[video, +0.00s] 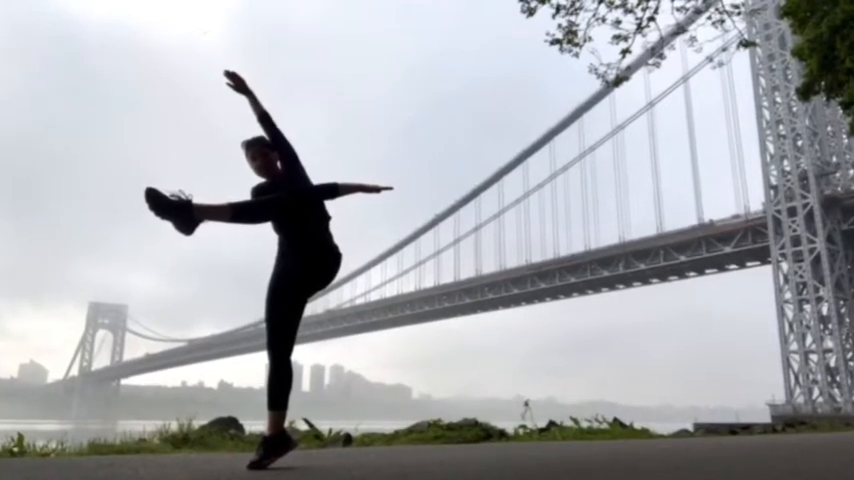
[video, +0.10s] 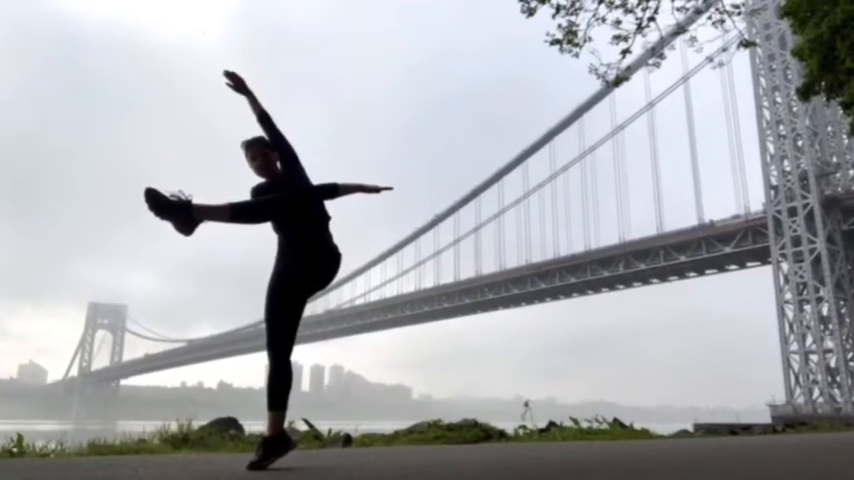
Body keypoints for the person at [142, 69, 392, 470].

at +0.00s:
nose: (256, 164)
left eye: (260, 156)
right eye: (251, 160)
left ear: (275, 154)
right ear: (251, 165)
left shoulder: (295, 174)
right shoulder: (263, 195)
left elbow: (274, 131)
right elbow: (317, 192)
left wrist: (249, 93)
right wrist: (360, 188)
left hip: (321, 258)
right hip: (290, 268)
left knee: (277, 205)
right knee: (279, 351)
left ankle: (195, 213)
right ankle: (276, 434)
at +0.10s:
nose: (255, 163)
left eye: (259, 156)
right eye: (250, 160)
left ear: (275, 154)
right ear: (251, 165)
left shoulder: (294, 173)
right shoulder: (262, 194)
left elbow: (274, 131)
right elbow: (316, 192)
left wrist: (249, 93)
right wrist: (359, 188)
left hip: (321, 259)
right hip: (289, 268)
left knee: (278, 205)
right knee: (279, 351)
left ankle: (194, 213)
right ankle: (275, 434)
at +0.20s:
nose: (255, 164)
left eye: (259, 156)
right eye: (251, 160)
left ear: (274, 154)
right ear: (251, 165)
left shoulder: (294, 174)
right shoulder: (262, 195)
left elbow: (274, 132)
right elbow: (318, 192)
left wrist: (248, 93)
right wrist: (361, 189)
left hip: (320, 259)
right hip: (289, 268)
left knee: (276, 206)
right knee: (279, 352)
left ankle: (194, 213)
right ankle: (275, 435)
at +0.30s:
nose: (255, 163)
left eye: (259, 156)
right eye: (250, 160)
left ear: (274, 154)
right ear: (250, 165)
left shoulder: (294, 175)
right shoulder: (261, 195)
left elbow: (273, 132)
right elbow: (316, 193)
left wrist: (248, 93)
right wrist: (360, 189)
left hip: (320, 259)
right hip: (289, 269)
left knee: (277, 206)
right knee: (278, 352)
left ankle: (194, 213)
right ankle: (275, 435)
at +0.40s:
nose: (256, 163)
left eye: (260, 155)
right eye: (251, 160)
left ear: (274, 154)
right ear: (250, 166)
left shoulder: (294, 175)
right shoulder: (261, 196)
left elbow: (273, 132)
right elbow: (316, 193)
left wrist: (248, 93)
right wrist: (360, 189)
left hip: (320, 260)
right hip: (289, 269)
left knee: (278, 206)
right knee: (278, 352)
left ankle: (193, 214)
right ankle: (275, 436)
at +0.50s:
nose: (255, 164)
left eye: (259, 156)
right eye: (250, 160)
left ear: (274, 155)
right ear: (249, 166)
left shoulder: (294, 176)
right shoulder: (261, 197)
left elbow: (273, 132)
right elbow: (318, 193)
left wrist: (247, 93)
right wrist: (360, 189)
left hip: (320, 260)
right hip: (288, 270)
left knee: (278, 207)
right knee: (278, 353)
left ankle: (193, 214)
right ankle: (274, 436)